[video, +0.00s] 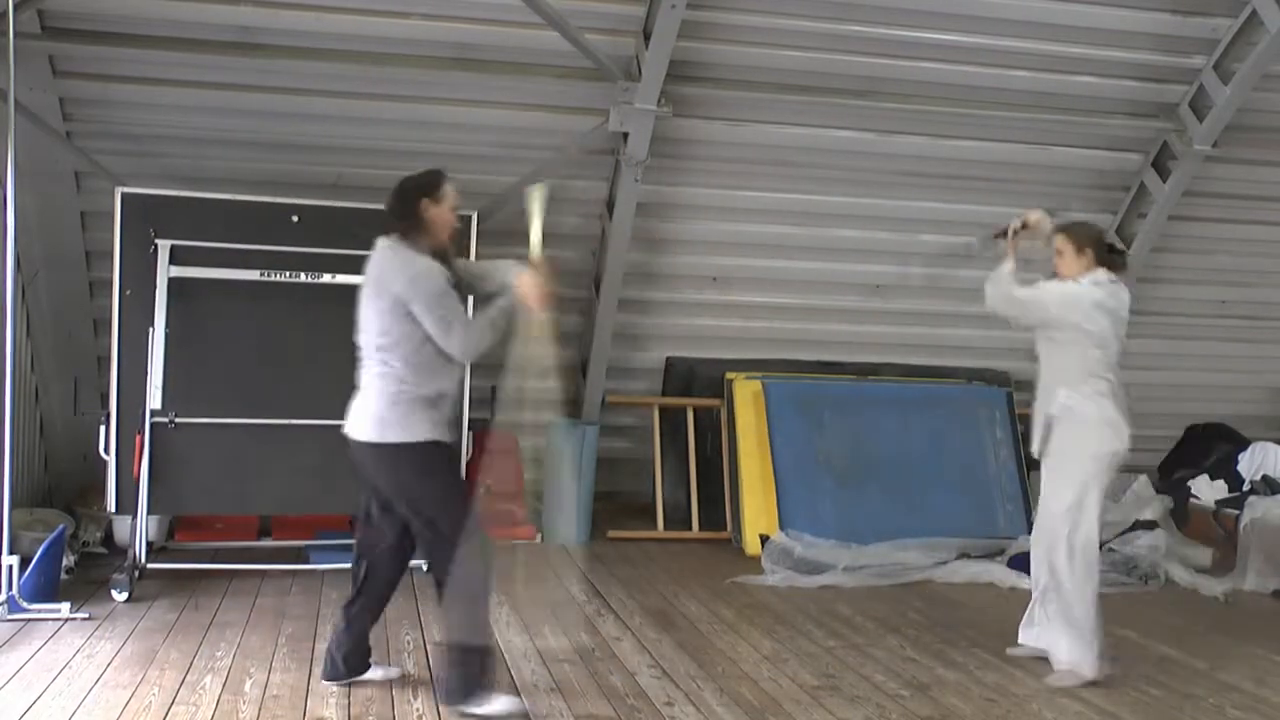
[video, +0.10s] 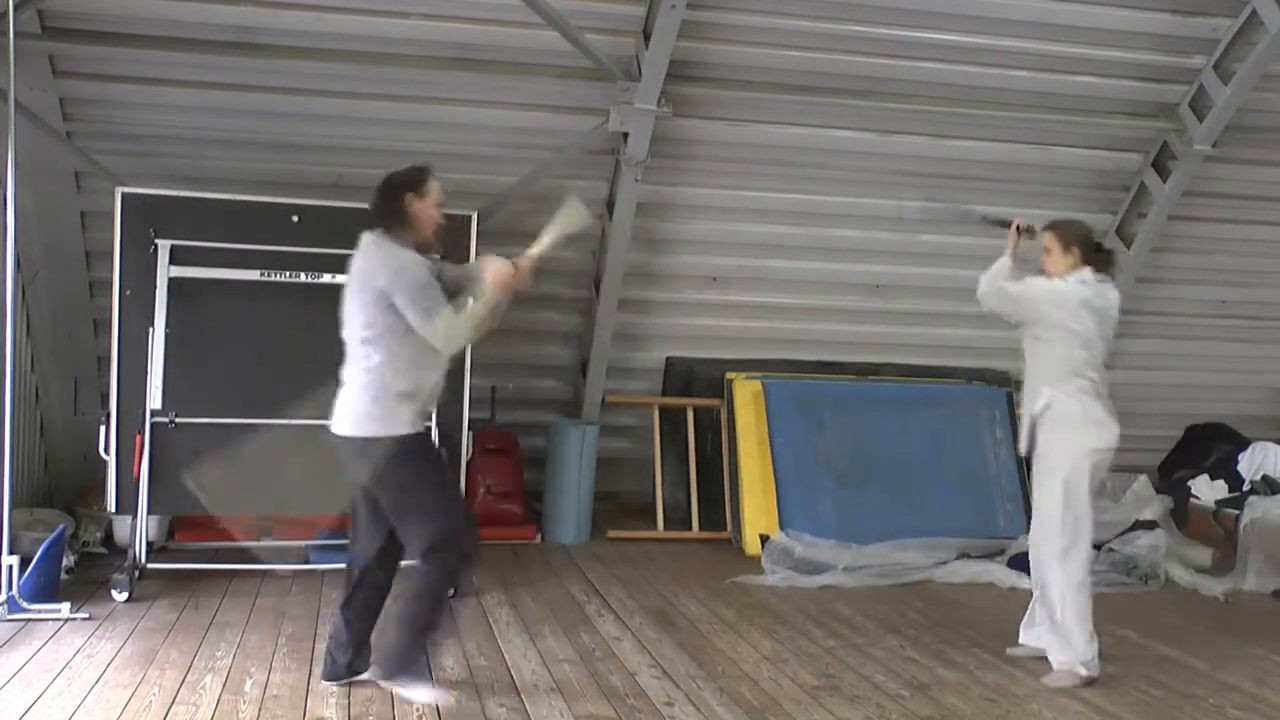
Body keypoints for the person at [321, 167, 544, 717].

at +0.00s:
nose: (457, 217)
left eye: (455, 207)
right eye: (450, 207)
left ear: (417, 211)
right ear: (424, 210)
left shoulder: (388, 256)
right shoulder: (416, 271)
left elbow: (466, 277)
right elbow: (465, 342)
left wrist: (520, 276)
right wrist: (513, 298)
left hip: (373, 431)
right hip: (408, 439)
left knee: (384, 550)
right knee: (464, 549)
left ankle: (345, 661)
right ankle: (466, 686)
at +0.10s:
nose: (442, 213)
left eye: (440, 204)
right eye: (435, 203)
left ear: (405, 206)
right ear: (409, 205)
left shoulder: (375, 251)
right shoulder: (401, 265)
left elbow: (452, 276)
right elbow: (449, 336)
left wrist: (506, 276)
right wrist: (493, 291)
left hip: (362, 426)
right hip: (389, 432)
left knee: (377, 549)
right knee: (445, 541)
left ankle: (343, 661)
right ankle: (402, 665)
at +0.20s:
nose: (421, 208)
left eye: (420, 199)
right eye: (413, 198)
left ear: (384, 198)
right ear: (386, 198)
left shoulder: (363, 244)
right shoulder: (369, 250)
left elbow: (419, 300)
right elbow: (417, 335)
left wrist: (466, 285)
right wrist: (492, 312)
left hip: (351, 421)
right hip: (362, 425)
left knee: (362, 539)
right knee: (414, 535)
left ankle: (351, 657)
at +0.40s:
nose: (389, 211)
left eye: (388, 201)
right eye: (383, 199)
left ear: (355, 201)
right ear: (354, 200)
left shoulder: (351, 260)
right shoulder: (320, 253)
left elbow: (401, 318)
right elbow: (372, 325)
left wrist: (462, 305)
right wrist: (453, 306)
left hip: (351, 433)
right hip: (324, 431)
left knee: (359, 546)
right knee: (329, 560)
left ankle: (343, 662)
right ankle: (251, 692)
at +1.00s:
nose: (349, 209)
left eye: (348, 199)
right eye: (342, 198)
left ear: (313, 202)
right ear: (310, 201)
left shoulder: (320, 274)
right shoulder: (280, 251)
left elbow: (339, 346)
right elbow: (324, 341)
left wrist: (399, 336)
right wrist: (402, 351)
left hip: (285, 434)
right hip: (243, 427)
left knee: (319, 540)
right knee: (269, 560)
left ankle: (278, 660)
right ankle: (251, 708)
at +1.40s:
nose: (322, 231)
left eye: (324, 221)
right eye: (318, 218)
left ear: (289, 210)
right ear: (289, 209)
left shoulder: (270, 255)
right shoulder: (255, 252)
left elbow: (347, 274)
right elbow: (340, 294)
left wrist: (414, 256)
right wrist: (411, 259)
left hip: (247, 420)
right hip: (229, 421)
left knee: (267, 532)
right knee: (277, 531)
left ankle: (241, 643)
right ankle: (210, 652)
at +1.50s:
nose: (328, 229)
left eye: (329, 220)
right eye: (326, 219)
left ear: (294, 209)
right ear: (302, 209)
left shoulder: (252, 241)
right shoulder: (265, 236)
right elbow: (348, 235)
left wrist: (379, 186)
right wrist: (382, 178)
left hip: (226, 412)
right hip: (234, 413)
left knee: (252, 524)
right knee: (300, 503)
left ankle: (237, 645)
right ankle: (190, 551)